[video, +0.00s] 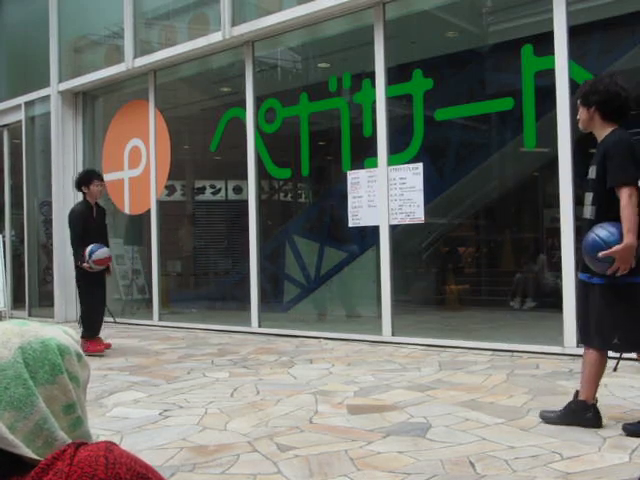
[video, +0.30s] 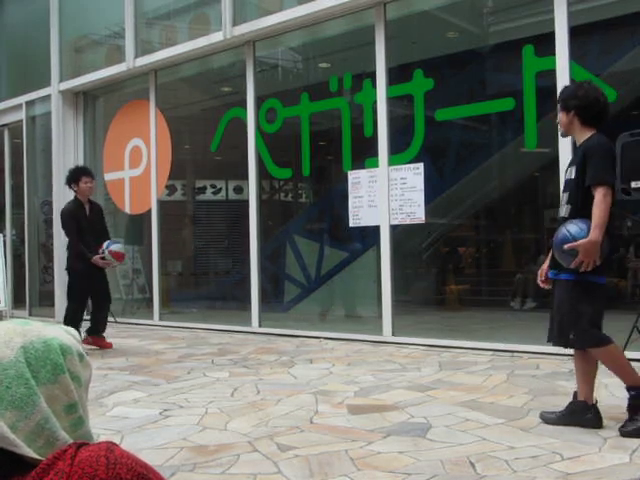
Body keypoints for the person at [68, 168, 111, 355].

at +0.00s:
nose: (101, 189)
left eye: (102, 185)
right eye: (97, 185)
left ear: (101, 187)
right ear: (85, 188)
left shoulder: (100, 211)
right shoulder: (78, 211)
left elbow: (104, 237)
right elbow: (75, 239)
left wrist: (107, 260)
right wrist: (80, 260)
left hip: (99, 262)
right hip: (84, 263)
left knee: (100, 300)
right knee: (89, 300)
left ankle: (94, 336)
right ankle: (87, 338)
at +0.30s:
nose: (90, 186)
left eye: (92, 182)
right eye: (85, 183)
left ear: (94, 185)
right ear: (75, 186)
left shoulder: (96, 208)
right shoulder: (69, 211)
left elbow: (104, 234)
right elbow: (74, 240)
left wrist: (109, 252)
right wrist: (91, 257)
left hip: (96, 261)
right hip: (78, 262)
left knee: (103, 299)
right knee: (77, 301)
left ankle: (95, 334)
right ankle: (70, 337)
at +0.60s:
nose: (86, 186)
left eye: (89, 182)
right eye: (82, 182)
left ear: (92, 185)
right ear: (73, 185)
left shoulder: (95, 208)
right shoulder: (66, 209)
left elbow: (100, 235)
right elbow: (61, 239)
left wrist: (103, 253)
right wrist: (71, 258)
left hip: (93, 265)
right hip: (73, 267)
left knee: (104, 304)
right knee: (75, 307)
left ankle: (100, 340)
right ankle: (73, 345)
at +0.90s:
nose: (95, 187)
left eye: (98, 184)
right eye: (91, 183)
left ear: (102, 186)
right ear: (83, 185)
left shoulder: (105, 211)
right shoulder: (72, 209)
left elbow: (107, 240)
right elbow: (56, 237)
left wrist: (104, 263)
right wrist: (49, 260)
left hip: (94, 268)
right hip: (73, 268)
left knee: (93, 306)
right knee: (72, 307)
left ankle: (89, 343)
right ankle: (71, 345)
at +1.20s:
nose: (100, 185)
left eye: (103, 181)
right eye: (96, 181)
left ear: (108, 184)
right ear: (87, 183)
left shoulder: (112, 210)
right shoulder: (77, 208)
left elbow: (119, 240)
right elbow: (61, 234)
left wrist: (120, 267)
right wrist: (51, 258)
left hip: (104, 266)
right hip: (81, 266)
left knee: (102, 306)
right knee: (82, 305)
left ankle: (90, 344)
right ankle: (72, 344)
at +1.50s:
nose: (112, 187)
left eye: (115, 183)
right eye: (108, 183)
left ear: (118, 186)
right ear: (98, 186)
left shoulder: (122, 211)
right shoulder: (86, 213)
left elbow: (128, 240)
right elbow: (76, 240)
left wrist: (126, 262)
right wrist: (68, 264)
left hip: (115, 264)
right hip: (93, 265)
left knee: (109, 306)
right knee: (101, 307)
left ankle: (90, 343)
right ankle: (118, 346)